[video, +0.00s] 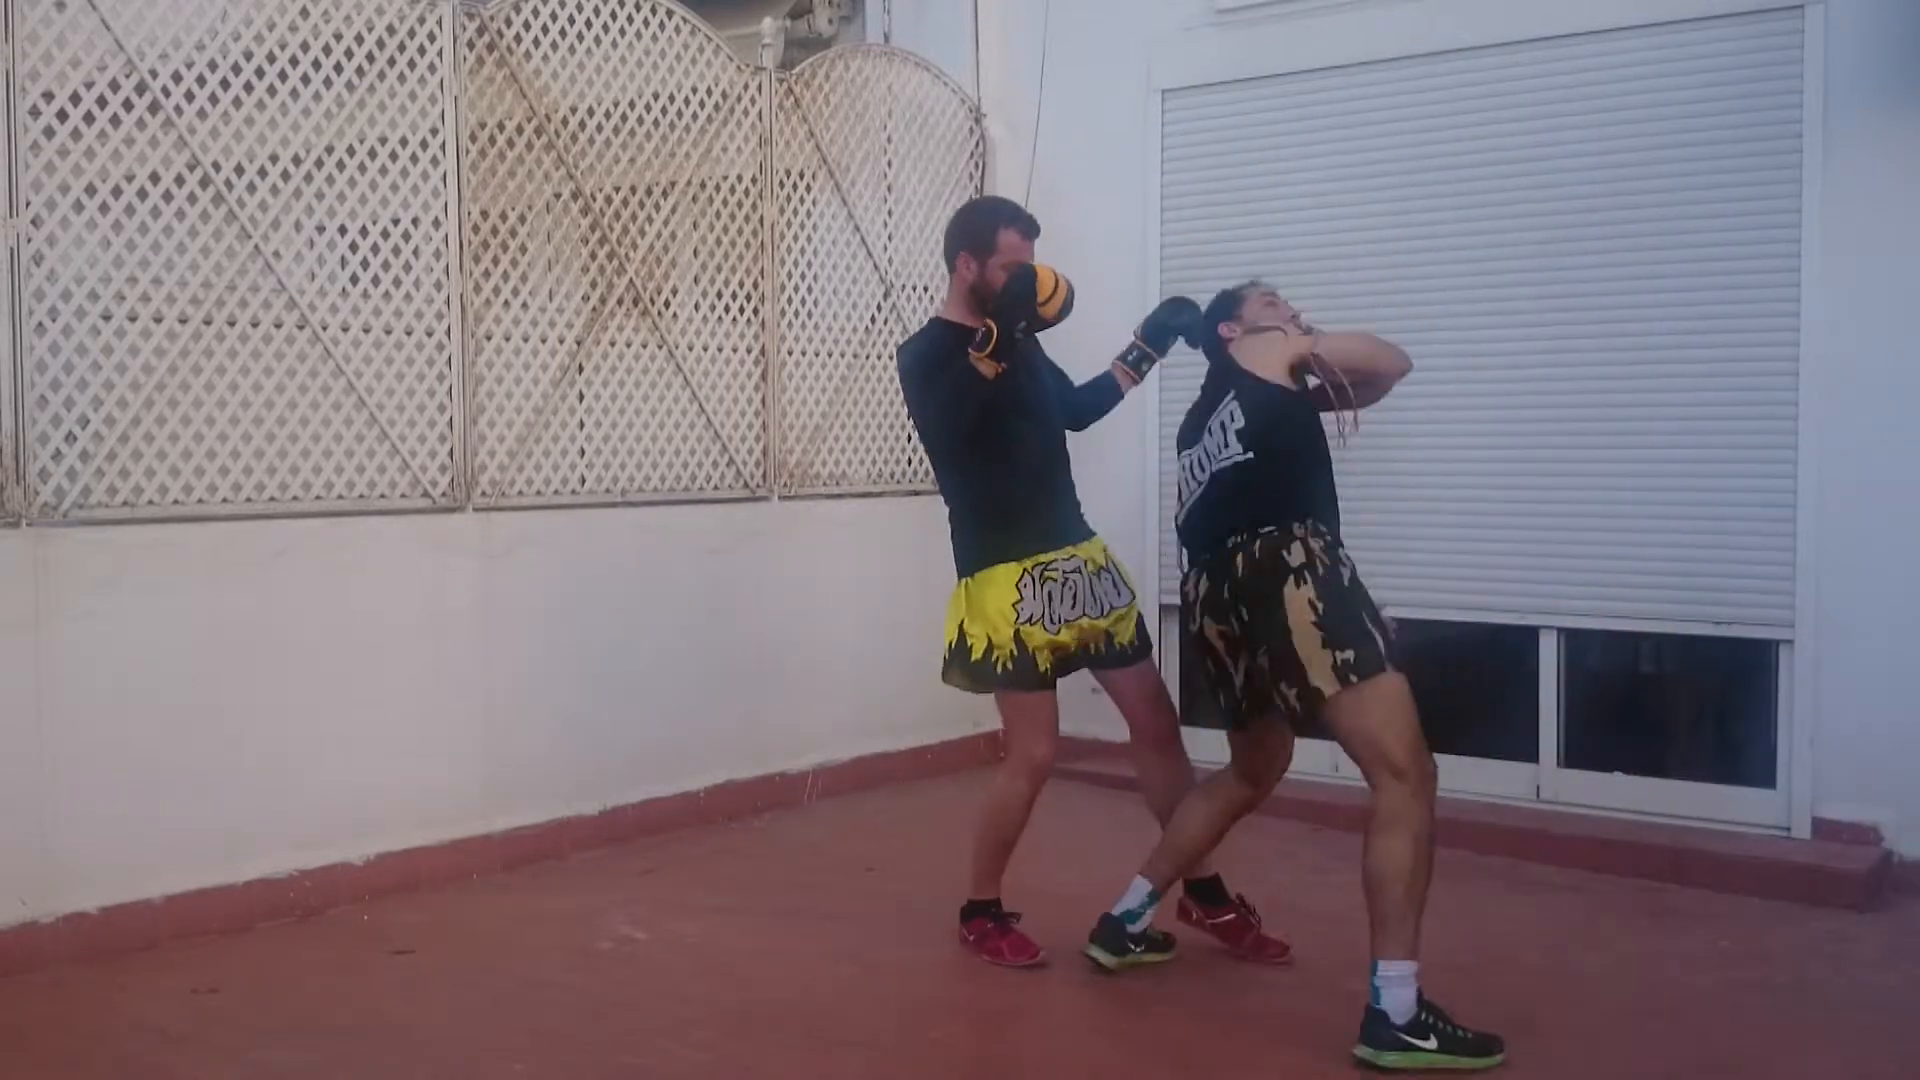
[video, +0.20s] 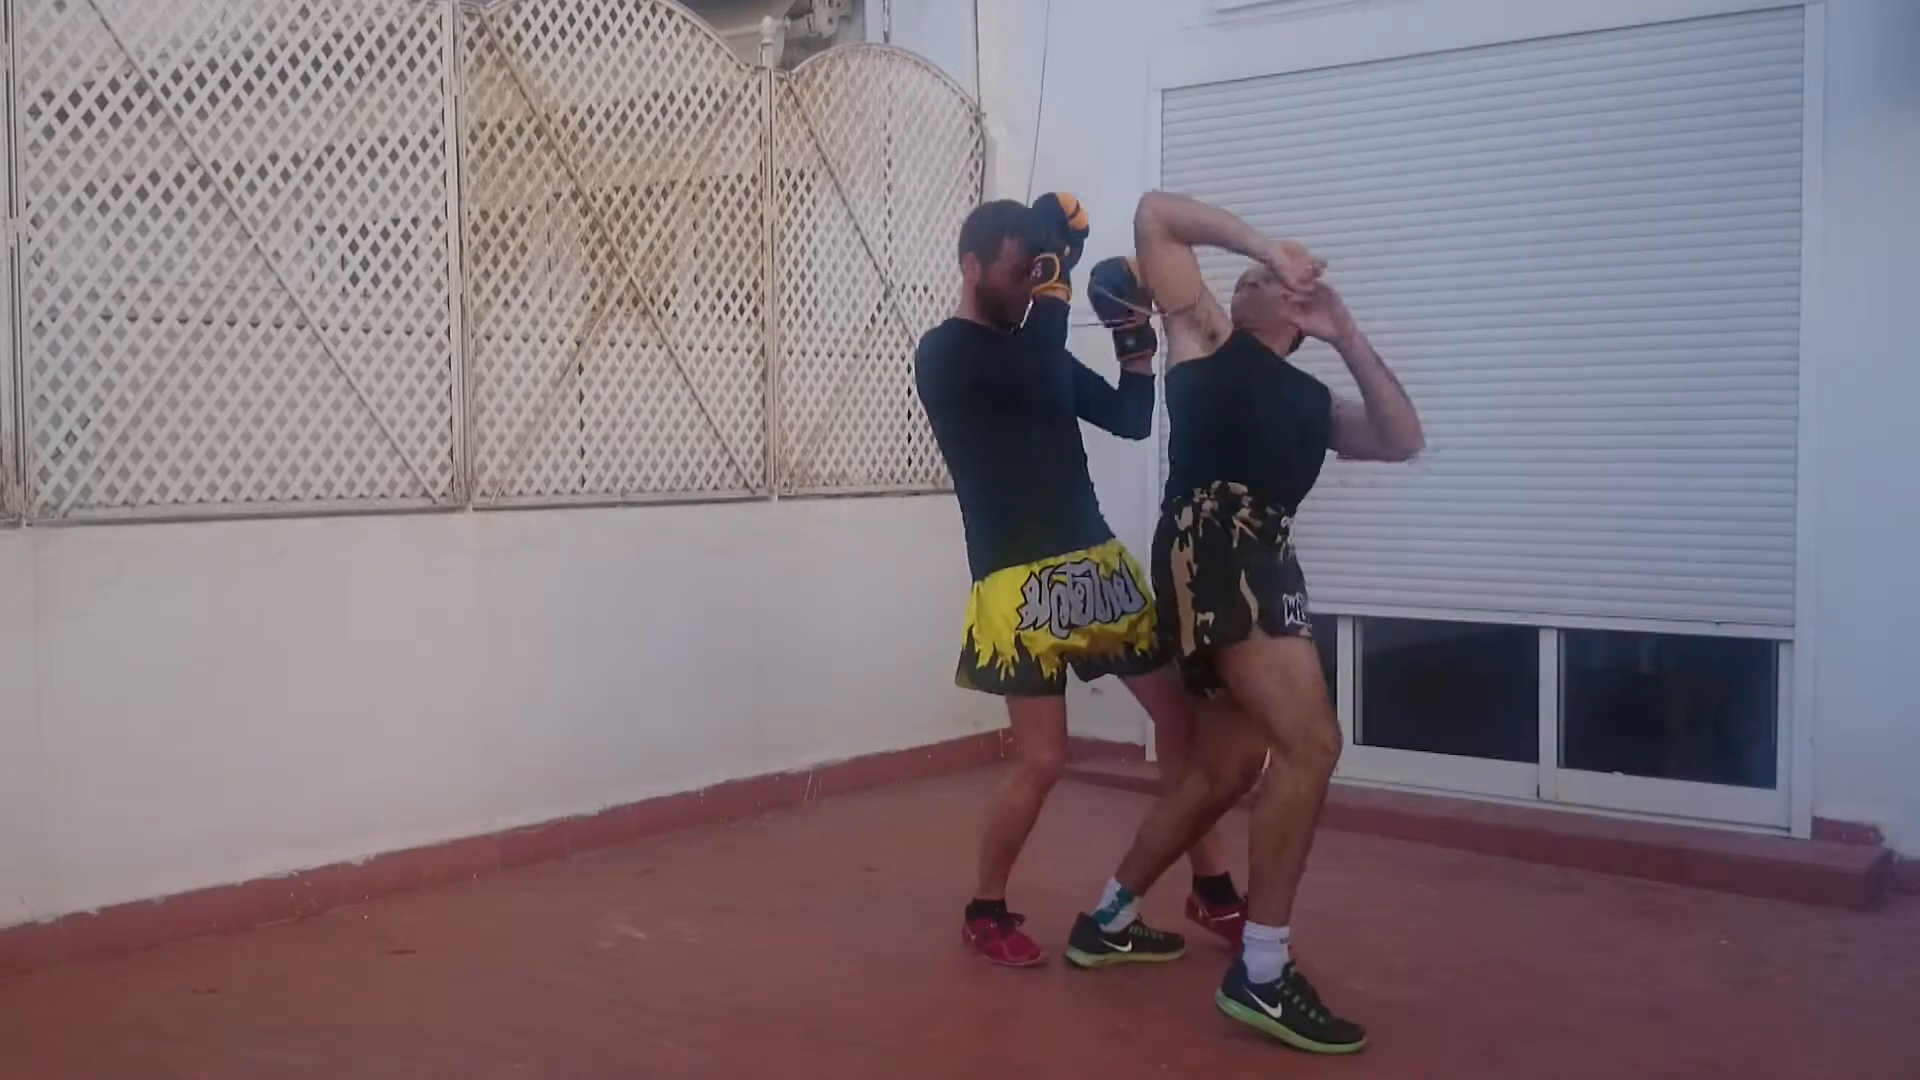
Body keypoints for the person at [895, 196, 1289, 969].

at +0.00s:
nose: (1026, 282)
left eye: (1030, 269)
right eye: (1015, 269)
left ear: (1018, 268)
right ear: (966, 265)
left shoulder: (1014, 338)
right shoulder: (927, 352)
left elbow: (1075, 410)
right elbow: (949, 432)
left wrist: (1146, 347)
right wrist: (1003, 343)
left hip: (1079, 554)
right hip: (1004, 572)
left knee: (1154, 717)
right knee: (1031, 753)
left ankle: (1203, 890)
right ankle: (982, 911)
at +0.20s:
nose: (1038, 280)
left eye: (1041, 267)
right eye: (1022, 266)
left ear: (1034, 272)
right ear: (972, 267)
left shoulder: (1038, 350)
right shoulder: (944, 350)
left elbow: (1129, 418)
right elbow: (1028, 375)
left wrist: (1136, 348)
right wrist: (1054, 289)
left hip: (1095, 556)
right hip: (1016, 571)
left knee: (1179, 716)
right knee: (1041, 756)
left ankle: (1211, 884)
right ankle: (986, 908)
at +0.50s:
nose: (1053, 285)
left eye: (1057, 272)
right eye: (1039, 270)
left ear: (1045, 271)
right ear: (992, 266)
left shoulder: (1045, 360)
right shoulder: (962, 345)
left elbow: (1121, 446)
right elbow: (1082, 340)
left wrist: (1122, 354)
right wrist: (1086, 262)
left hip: (1102, 560)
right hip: (1030, 573)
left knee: (1201, 709)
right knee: (1057, 759)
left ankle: (1219, 880)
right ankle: (986, 907)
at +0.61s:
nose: (1053, 285)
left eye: (1056, 273)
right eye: (1041, 271)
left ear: (1041, 270)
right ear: (990, 269)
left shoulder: (1041, 358)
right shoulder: (960, 344)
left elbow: (1113, 445)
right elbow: (1080, 340)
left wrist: (1125, 357)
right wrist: (1083, 263)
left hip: (1098, 560)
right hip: (1028, 574)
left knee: (1182, 719)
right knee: (1057, 759)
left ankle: (1218, 888)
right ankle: (986, 908)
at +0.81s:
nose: (1038, 276)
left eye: (1042, 262)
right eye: (1025, 260)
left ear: (1029, 262)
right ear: (976, 255)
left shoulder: (1019, 343)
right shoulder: (945, 335)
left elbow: (1076, 434)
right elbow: (1026, 359)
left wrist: (1105, 361)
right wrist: (1070, 272)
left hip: (1062, 547)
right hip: (1001, 562)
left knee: (1118, 720)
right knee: (1038, 745)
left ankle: (1161, 881)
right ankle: (984, 908)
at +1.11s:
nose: (1024, 248)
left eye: (1028, 236)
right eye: (1010, 236)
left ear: (1022, 243)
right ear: (964, 240)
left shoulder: (1008, 335)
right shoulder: (926, 329)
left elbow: (1016, 447)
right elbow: (874, 440)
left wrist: (1086, 412)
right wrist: (935, 470)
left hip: (1012, 542)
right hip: (965, 549)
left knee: (983, 711)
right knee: (999, 721)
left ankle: (932, 850)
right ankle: (984, 902)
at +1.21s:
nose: (1019, 255)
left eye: (1023, 243)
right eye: (1005, 242)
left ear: (1018, 249)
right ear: (960, 246)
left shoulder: (1010, 335)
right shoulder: (913, 331)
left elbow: (1005, 444)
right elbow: (856, 431)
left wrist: (1073, 428)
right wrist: (898, 479)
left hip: (987, 545)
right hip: (942, 548)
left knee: (939, 713)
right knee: (984, 719)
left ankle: (922, 864)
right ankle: (975, 900)